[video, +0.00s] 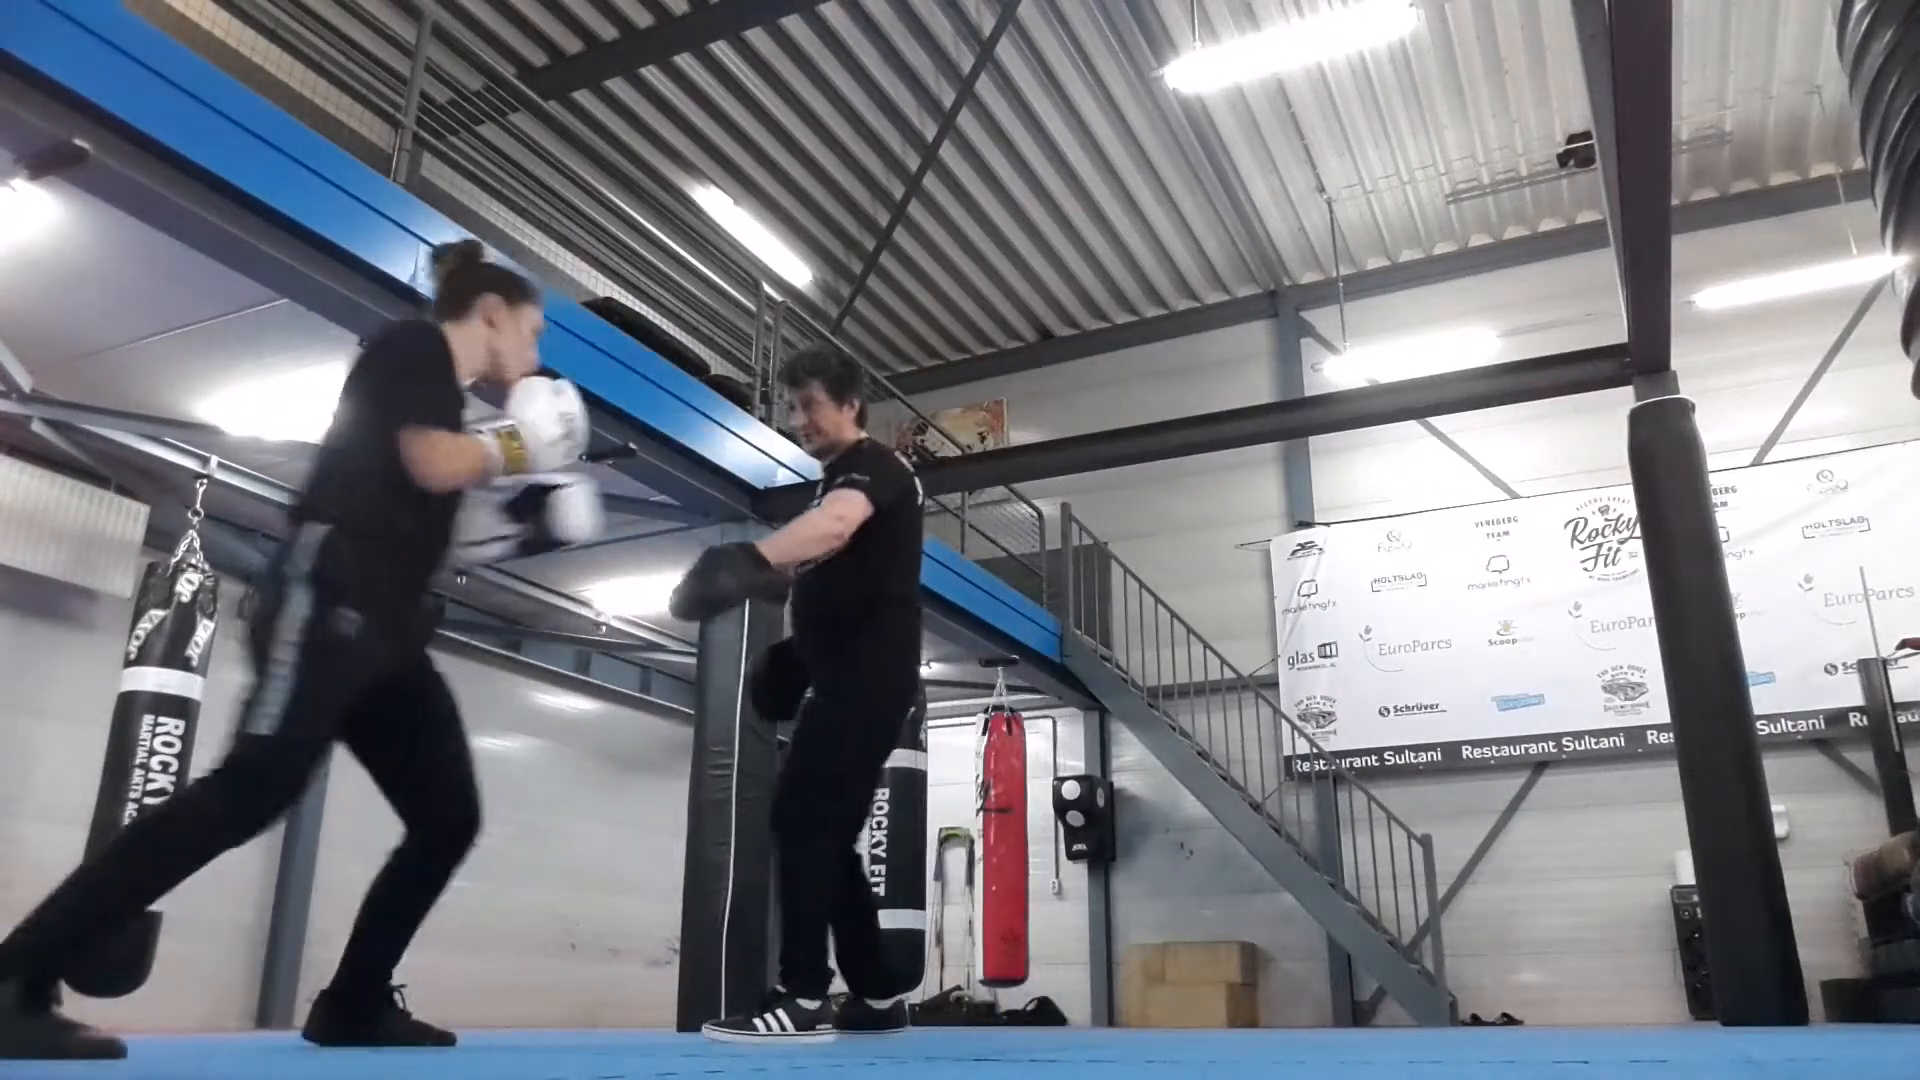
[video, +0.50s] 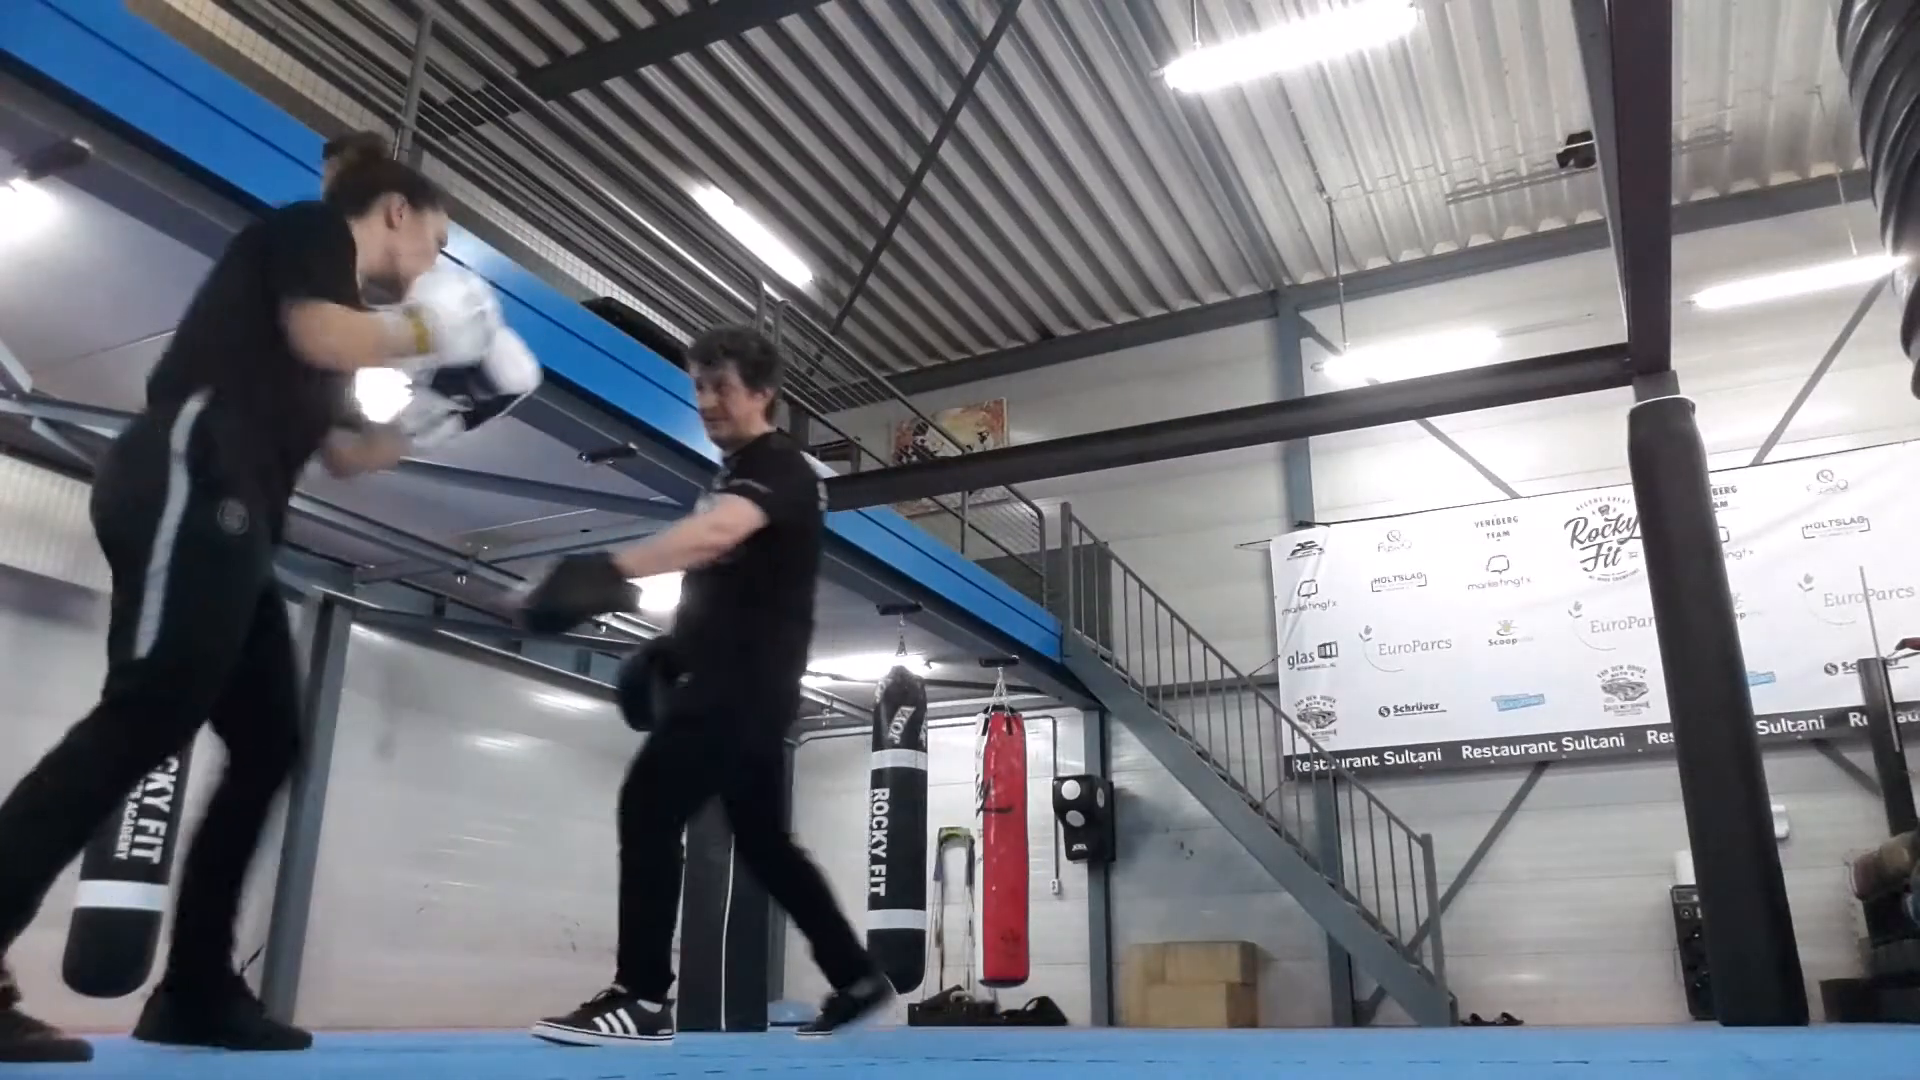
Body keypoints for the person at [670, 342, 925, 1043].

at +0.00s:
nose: (799, 424)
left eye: (809, 408)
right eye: (795, 413)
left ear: (852, 406)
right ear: (813, 415)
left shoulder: (875, 463)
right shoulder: (851, 482)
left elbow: (835, 527)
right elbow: (853, 591)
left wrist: (742, 561)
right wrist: (800, 659)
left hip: (866, 683)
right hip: (856, 684)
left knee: (801, 816)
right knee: (824, 830)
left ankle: (804, 994)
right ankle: (879, 990)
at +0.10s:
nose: (790, 438)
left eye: (800, 423)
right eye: (782, 426)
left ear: (839, 420)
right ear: (780, 430)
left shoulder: (863, 478)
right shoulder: (826, 498)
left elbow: (841, 548)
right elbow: (837, 604)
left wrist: (762, 592)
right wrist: (784, 661)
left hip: (851, 681)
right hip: (839, 683)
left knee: (753, 798)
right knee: (817, 845)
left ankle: (790, 982)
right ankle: (874, 999)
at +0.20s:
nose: (776, 435)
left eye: (786, 420)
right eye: (769, 424)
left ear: (824, 418)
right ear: (767, 429)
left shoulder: (850, 478)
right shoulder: (807, 497)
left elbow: (837, 551)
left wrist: (764, 614)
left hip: (829, 680)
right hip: (818, 683)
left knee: (726, 779)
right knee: (809, 843)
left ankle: (748, 973)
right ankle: (874, 997)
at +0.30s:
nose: (756, 419)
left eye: (767, 404)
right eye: (748, 409)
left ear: (804, 404)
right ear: (745, 415)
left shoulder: (828, 467)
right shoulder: (785, 486)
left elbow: (811, 540)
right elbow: (784, 581)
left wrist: (734, 601)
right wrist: (721, 640)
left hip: (809, 673)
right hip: (798, 674)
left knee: (715, 794)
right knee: (812, 836)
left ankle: (673, 972)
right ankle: (876, 993)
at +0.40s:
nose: (732, 412)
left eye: (745, 397)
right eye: (726, 400)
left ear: (787, 401)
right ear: (726, 406)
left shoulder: (803, 469)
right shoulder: (762, 483)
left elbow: (765, 535)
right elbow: (765, 599)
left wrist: (679, 572)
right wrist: (701, 651)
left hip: (778, 687)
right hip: (766, 687)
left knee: (689, 806)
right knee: (807, 844)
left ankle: (651, 993)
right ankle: (875, 995)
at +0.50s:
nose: (706, 403)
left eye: (720, 389)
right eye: (700, 391)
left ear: (765, 393)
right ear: (702, 395)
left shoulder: (775, 462)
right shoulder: (748, 473)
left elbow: (716, 533)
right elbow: (734, 600)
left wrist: (609, 568)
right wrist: (667, 653)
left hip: (738, 688)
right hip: (741, 688)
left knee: (648, 806)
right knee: (764, 845)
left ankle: (642, 998)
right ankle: (860, 982)